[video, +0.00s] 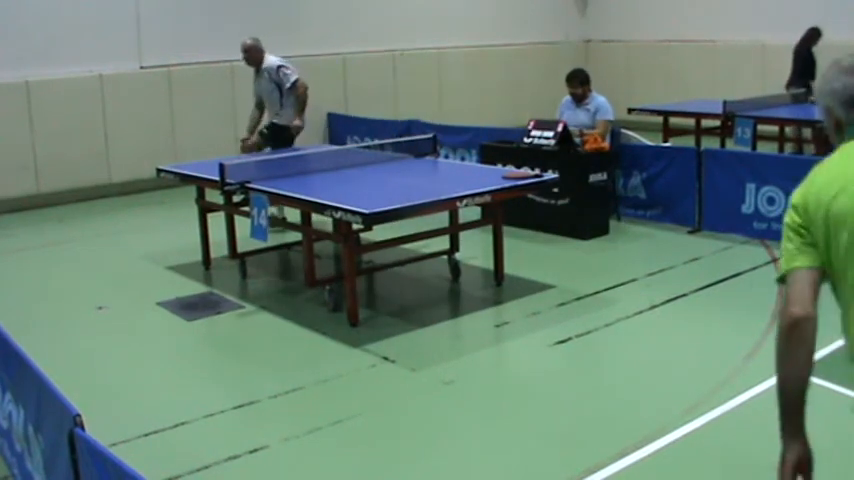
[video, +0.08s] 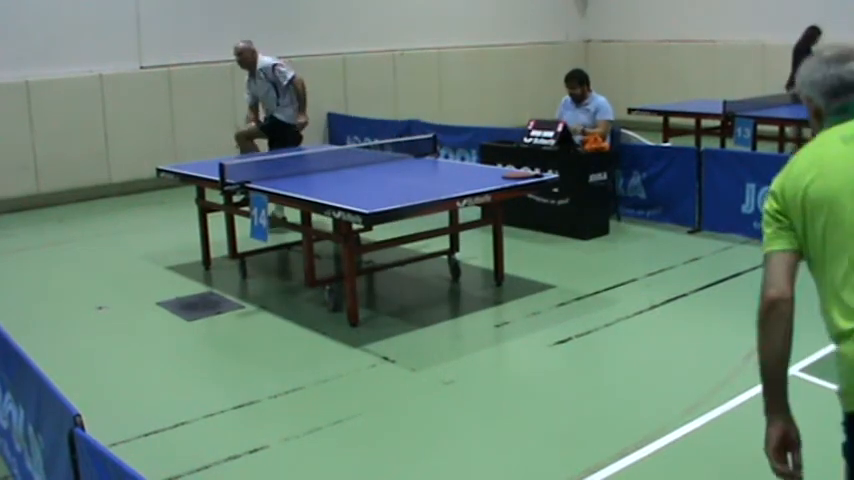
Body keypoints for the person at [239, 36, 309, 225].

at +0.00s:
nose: (245, 59)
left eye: (247, 54)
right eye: (244, 55)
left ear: (258, 52)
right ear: (249, 54)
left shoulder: (275, 66)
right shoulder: (259, 72)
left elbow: (301, 88)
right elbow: (259, 106)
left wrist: (299, 117)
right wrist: (249, 135)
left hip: (286, 122)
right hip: (277, 122)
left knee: (249, 147)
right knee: (277, 166)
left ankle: (249, 191)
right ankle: (278, 211)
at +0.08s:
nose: (238, 62)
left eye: (241, 57)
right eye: (237, 58)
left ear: (252, 54)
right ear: (241, 58)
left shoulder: (272, 66)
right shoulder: (252, 79)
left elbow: (298, 82)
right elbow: (253, 106)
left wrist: (303, 113)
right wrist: (255, 122)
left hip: (287, 119)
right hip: (277, 120)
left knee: (243, 136)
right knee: (279, 168)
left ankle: (260, 175)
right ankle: (279, 210)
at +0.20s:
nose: (230, 60)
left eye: (233, 55)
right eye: (229, 56)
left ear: (246, 53)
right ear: (233, 58)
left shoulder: (264, 66)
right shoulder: (245, 79)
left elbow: (293, 81)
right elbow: (246, 107)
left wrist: (302, 112)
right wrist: (249, 121)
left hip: (282, 117)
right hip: (271, 117)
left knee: (236, 131)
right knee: (273, 166)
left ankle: (251, 175)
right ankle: (278, 210)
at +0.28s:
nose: (228, 58)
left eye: (231, 53)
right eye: (226, 54)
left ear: (243, 52)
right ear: (229, 56)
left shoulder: (260, 66)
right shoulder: (240, 77)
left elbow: (289, 82)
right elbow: (240, 106)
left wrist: (298, 113)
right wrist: (231, 129)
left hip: (276, 119)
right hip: (266, 119)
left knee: (230, 135)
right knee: (268, 167)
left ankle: (249, 177)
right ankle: (277, 209)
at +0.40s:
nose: (225, 55)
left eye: (228, 50)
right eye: (223, 51)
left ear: (240, 49)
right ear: (225, 53)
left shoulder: (256, 65)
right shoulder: (236, 73)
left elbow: (281, 87)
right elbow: (232, 100)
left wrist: (288, 119)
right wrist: (220, 117)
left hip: (268, 123)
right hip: (256, 123)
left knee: (229, 150)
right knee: (266, 167)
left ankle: (242, 191)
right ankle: (277, 209)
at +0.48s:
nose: (222, 52)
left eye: (225, 48)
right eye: (221, 48)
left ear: (237, 48)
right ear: (224, 50)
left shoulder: (253, 66)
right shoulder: (231, 71)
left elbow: (276, 91)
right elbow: (226, 98)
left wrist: (279, 121)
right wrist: (217, 111)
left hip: (263, 127)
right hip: (252, 128)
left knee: (233, 164)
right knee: (268, 171)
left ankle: (231, 212)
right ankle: (276, 212)